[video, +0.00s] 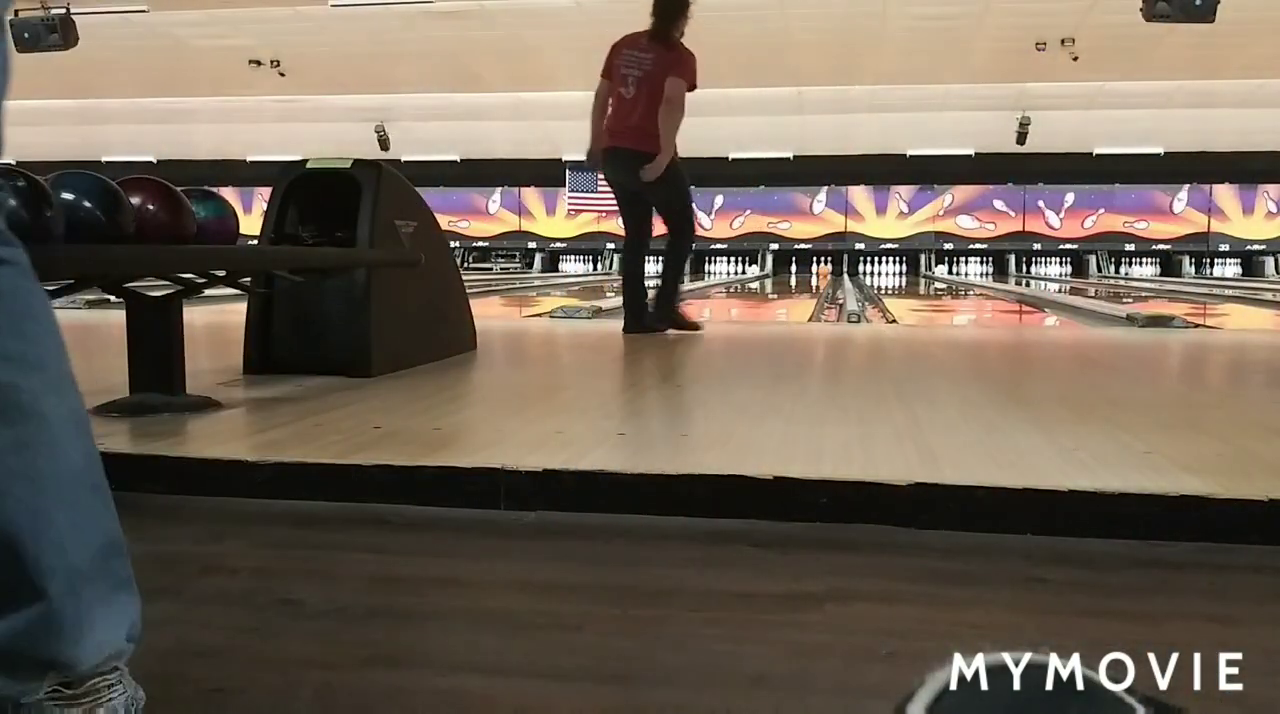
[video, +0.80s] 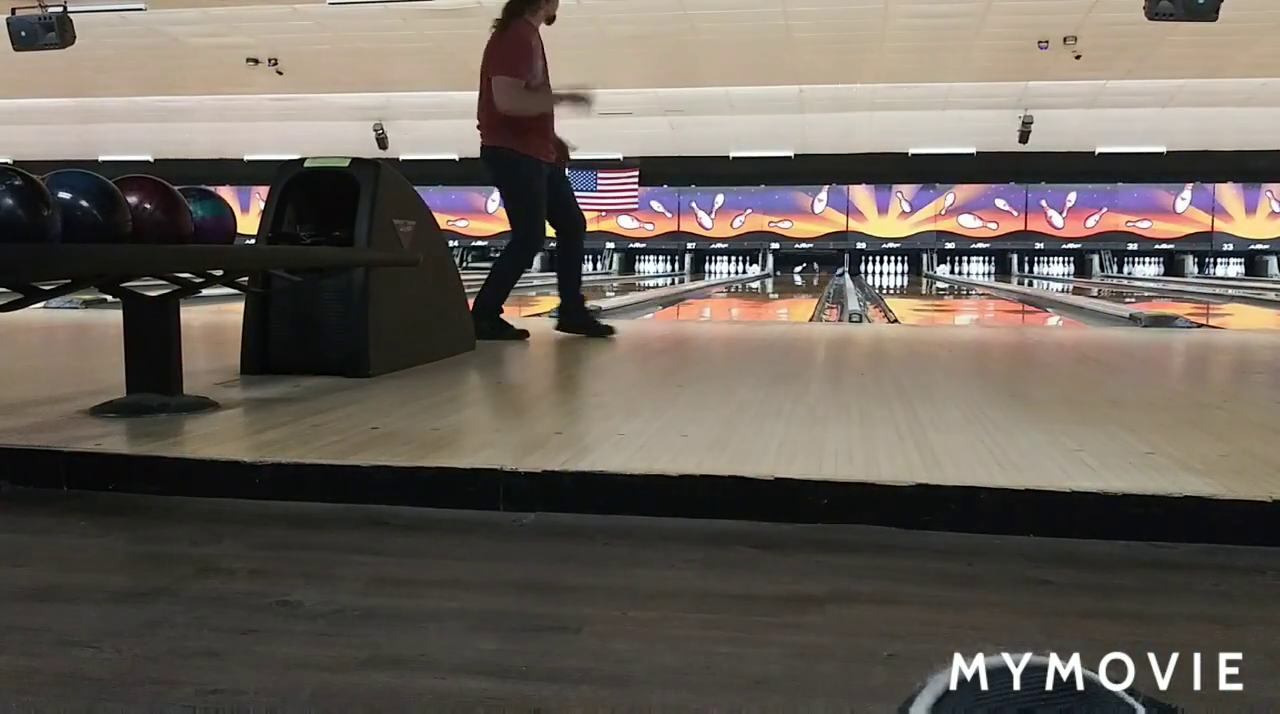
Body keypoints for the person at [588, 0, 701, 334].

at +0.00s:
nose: (687, 21)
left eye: (686, 15)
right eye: (686, 15)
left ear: (655, 13)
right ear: (682, 17)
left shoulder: (623, 44)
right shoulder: (680, 56)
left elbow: (601, 97)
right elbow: (671, 102)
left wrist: (596, 141)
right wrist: (666, 152)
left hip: (614, 153)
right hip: (653, 156)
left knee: (636, 232)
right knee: (682, 229)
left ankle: (635, 317)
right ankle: (665, 306)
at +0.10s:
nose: (670, 17)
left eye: (670, 11)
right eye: (670, 11)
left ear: (637, 9)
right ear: (665, 13)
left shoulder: (606, 41)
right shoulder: (663, 53)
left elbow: (585, 93)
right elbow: (659, 108)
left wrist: (575, 139)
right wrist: (660, 160)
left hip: (602, 150)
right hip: (636, 153)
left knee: (626, 231)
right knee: (651, 232)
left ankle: (636, 311)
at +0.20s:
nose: (654, 16)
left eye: (654, 11)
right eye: (654, 10)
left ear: (620, 8)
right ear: (648, 12)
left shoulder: (591, 41)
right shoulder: (646, 53)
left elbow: (572, 96)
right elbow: (649, 118)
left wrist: (564, 141)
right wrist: (659, 170)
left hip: (586, 151)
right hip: (619, 156)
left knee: (618, 234)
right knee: (617, 234)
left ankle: (634, 313)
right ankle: (558, 300)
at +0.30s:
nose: (638, 18)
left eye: (638, 11)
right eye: (637, 11)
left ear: (604, 8)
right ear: (630, 12)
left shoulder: (576, 40)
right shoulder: (628, 55)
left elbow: (561, 97)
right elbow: (633, 120)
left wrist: (567, 139)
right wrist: (656, 164)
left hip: (571, 152)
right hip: (597, 157)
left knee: (612, 233)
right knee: (585, 237)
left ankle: (632, 313)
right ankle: (518, 303)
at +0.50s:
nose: (601, 22)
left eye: (600, 15)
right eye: (600, 15)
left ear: (567, 11)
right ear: (590, 17)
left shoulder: (540, 45)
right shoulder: (577, 61)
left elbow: (530, 110)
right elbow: (575, 125)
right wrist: (604, 136)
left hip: (532, 160)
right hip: (555, 165)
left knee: (585, 239)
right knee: (551, 248)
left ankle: (624, 310)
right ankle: (486, 312)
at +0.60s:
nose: (582, 20)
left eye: (582, 12)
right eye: (581, 12)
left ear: (550, 10)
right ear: (569, 13)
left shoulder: (531, 44)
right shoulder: (548, 51)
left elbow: (523, 114)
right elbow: (536, 118)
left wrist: (564, 144)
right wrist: (569, 142)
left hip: (533, 163)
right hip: (537, 165)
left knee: (583, 236)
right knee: (549, 248)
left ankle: (614, 310)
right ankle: (486, 314)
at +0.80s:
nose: (558, 4)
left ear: (534, 3)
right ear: (542, 1)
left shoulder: (530, 37)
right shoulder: (514, 36)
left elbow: (524, 102)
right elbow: (506, 100)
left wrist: (551, 139)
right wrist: (562, 98)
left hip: (536, 153)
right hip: (512, 153)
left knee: (572, 226)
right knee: (529, 236)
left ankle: (572, 312)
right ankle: (484, 315)